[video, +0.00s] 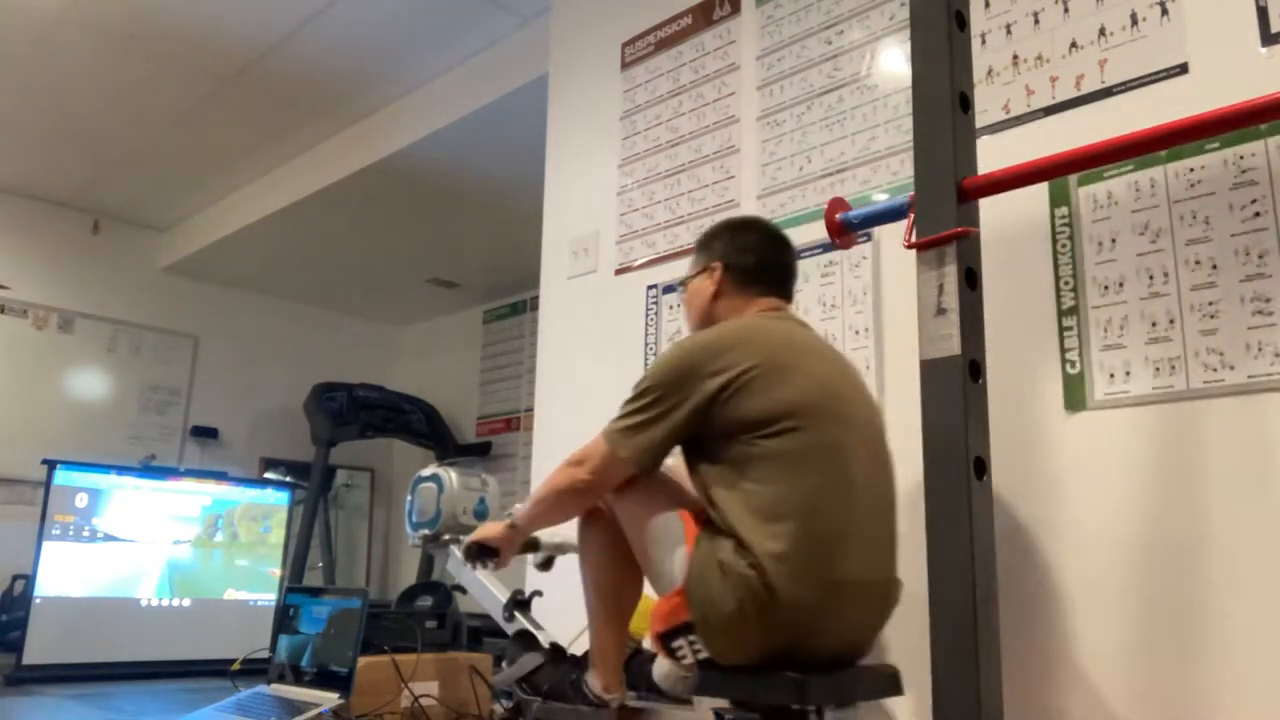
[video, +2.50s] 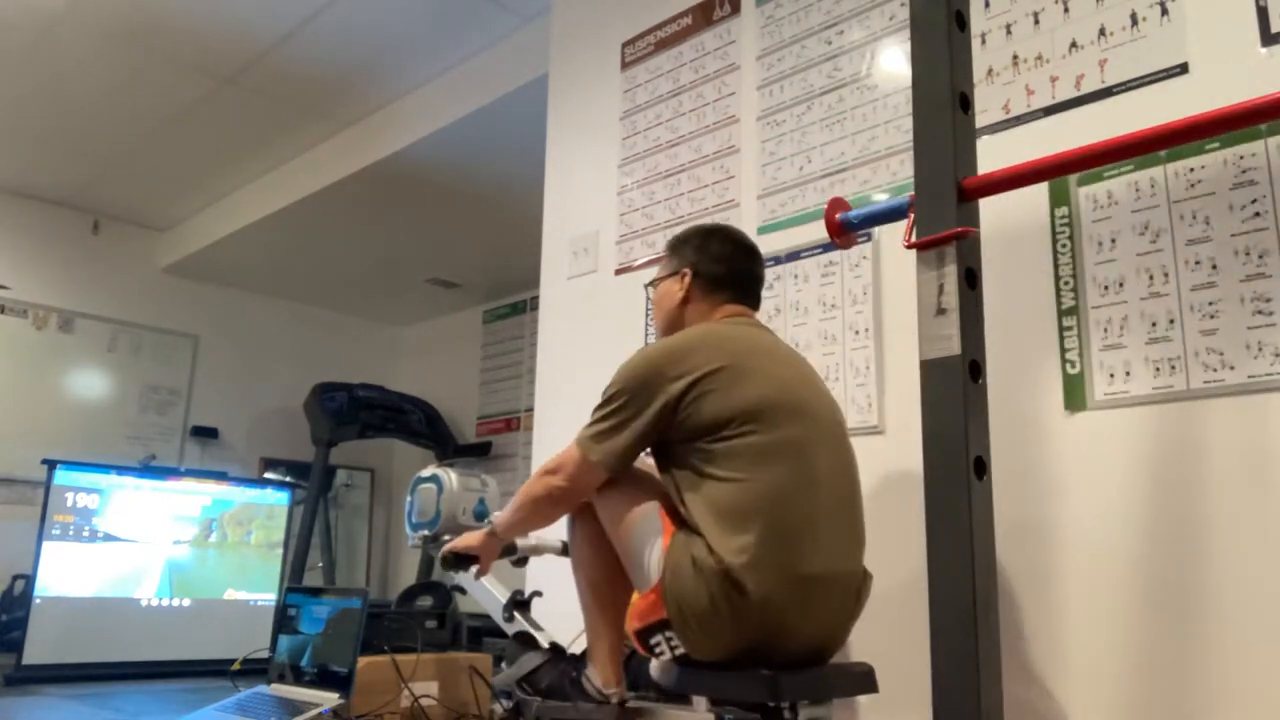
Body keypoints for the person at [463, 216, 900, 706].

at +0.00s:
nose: (684, 304)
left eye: (687, 286)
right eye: (684, 289)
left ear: (715, 277)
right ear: (778, 288)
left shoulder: (708, 351)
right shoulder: (829, 359)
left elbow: (590, 473)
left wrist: (515, 528)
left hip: (759, 630)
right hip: (850, 633)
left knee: (607, 484)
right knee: (698, 475)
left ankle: (603, 687)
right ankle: (685, 656)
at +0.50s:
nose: (742, 271)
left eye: (746, 254)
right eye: (742, 257)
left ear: (780, 251)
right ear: (842, 260)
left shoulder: (767, 332)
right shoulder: (891, 337)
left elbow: (654, 469)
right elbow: (822, 499)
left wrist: (571, 510)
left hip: (807, 626)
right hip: (905, 631)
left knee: (634, 508)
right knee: (711, 482)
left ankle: (606, 693)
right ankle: (680, 677)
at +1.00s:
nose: (1169, 238)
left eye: (1183, 208)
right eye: (1173, 213)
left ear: (1260, 207)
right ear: (1259, 212)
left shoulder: (1242, 335)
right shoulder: (1261, 340)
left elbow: (1131, 525)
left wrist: (971, 472)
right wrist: (1002, 488)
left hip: (1041, 620)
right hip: (1115, 650)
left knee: (778, 629)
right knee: (840, 648)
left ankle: (604, 707)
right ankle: (720, 717)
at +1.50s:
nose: (1117, 236)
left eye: (1130, 207)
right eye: (1121, 211)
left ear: (1200, 204)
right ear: (1209, 207)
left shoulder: (1201, 339)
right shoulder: (1265, 331)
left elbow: (1056, 532)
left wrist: (905, 495)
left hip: (1045, 649)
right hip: (1121, 655)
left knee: (774, 601)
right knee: (836, 612)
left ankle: (608, 706)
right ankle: (706, 711)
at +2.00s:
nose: (802, 263)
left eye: (807, 243)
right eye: (804, 246)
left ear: (842, 241)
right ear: (906, 243)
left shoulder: (846, 327)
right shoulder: (956, 321)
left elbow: (700, 458)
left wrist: (604, 511)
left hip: (873, 617)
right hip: (968, 616)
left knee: (671, 519)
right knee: (745, 533)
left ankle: (609, 693)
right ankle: (681, 688)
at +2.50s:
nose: (652, 304)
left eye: (656, 287)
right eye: (652, 289)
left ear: (684, 284)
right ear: (743, 294)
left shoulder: (672, 359)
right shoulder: (790, 362)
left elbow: (565, 480)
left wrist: (495, 534)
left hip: (730, 627)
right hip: (821, 632)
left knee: (593, 481)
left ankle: (603, 681)